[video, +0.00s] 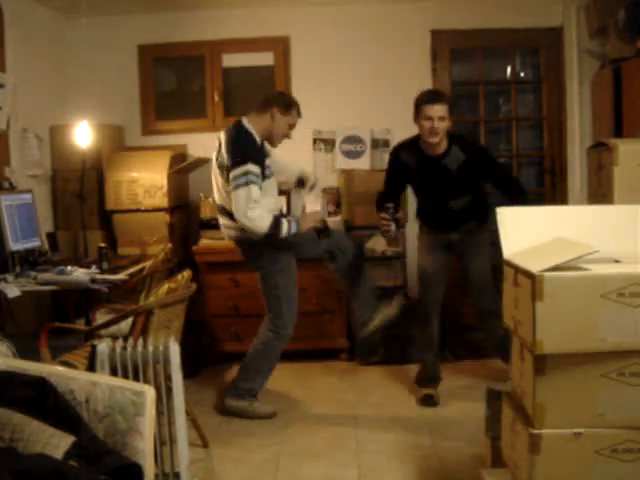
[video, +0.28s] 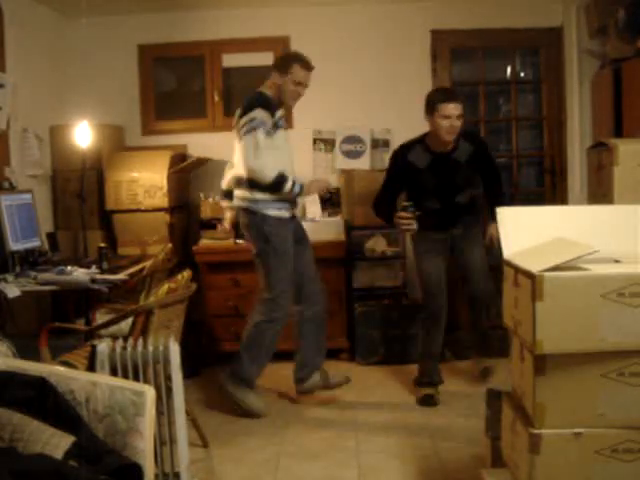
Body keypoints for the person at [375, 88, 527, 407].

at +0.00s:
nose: (434, 126)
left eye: (440, 119)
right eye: (428, 119)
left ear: (450, 121)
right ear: (417, 121)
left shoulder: (467, 148)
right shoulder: (404, 155)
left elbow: (505, 181)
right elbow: (390, 195)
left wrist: (526, 210)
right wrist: (387, 213)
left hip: (474, 230)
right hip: (433, 232)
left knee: (484, 293)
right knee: (430, 300)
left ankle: (503, 355)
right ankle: (429, 377)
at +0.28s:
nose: (453, 124)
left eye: (458, 117)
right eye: (445, 117)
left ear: (463, 118)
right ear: (429, 119)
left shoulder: (474, 148)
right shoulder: (407, 156)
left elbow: (494, 185)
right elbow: (381, 204)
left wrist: (494, 219)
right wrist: (394, 218)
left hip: (469, 231)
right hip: (429, 235)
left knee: (480, 288)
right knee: (435, 304)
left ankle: (484, 356)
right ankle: (428, 379)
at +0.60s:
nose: (493, 104)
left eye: (496, 98)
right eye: (486, 98)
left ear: (498, 102)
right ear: (465, 100)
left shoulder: (493, 138)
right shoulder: (435, 137)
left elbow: (493, 185)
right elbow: (407, 184)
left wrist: (493, 220)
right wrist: (430, 204)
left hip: (472, 224)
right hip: (434, 225)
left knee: (484, 291)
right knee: (437, 294)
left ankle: (479, 369)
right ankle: (423, 374)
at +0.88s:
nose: (511, 128)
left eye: (516, 122)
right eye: (504, 122)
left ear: (521, 128)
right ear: (488, 126)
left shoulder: (515, 169)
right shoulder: (459, 154)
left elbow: (512, 214)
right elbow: (420, 192)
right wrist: (440, 200)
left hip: (486, 245)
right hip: (448, 243)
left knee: (490, 313)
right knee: (459, 314)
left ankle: (490, 380)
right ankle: (476, 392)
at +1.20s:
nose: (443, 93)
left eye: (449, 85)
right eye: (439, 87)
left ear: (468, 85)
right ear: (437, 92)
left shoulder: (496, 120)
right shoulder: (438, 132)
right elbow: (428, 175)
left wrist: (475, 111)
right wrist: (429, 191)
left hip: (495, 222)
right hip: (457, 223)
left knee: (495, 299)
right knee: (459, 300)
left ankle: (495, 368)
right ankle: (465, 373)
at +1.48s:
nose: (414, 108)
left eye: (419, 102)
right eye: (413, 102)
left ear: (439, 102)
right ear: (429, 105)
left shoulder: (467, 135)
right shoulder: (441, 146)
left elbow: (494, 183)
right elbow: (446, 198)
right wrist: (418, 203)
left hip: (488, 234)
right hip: (465, 235)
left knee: (458, 302)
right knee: (457, 304)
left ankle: (498, 373)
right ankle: (474, 383)